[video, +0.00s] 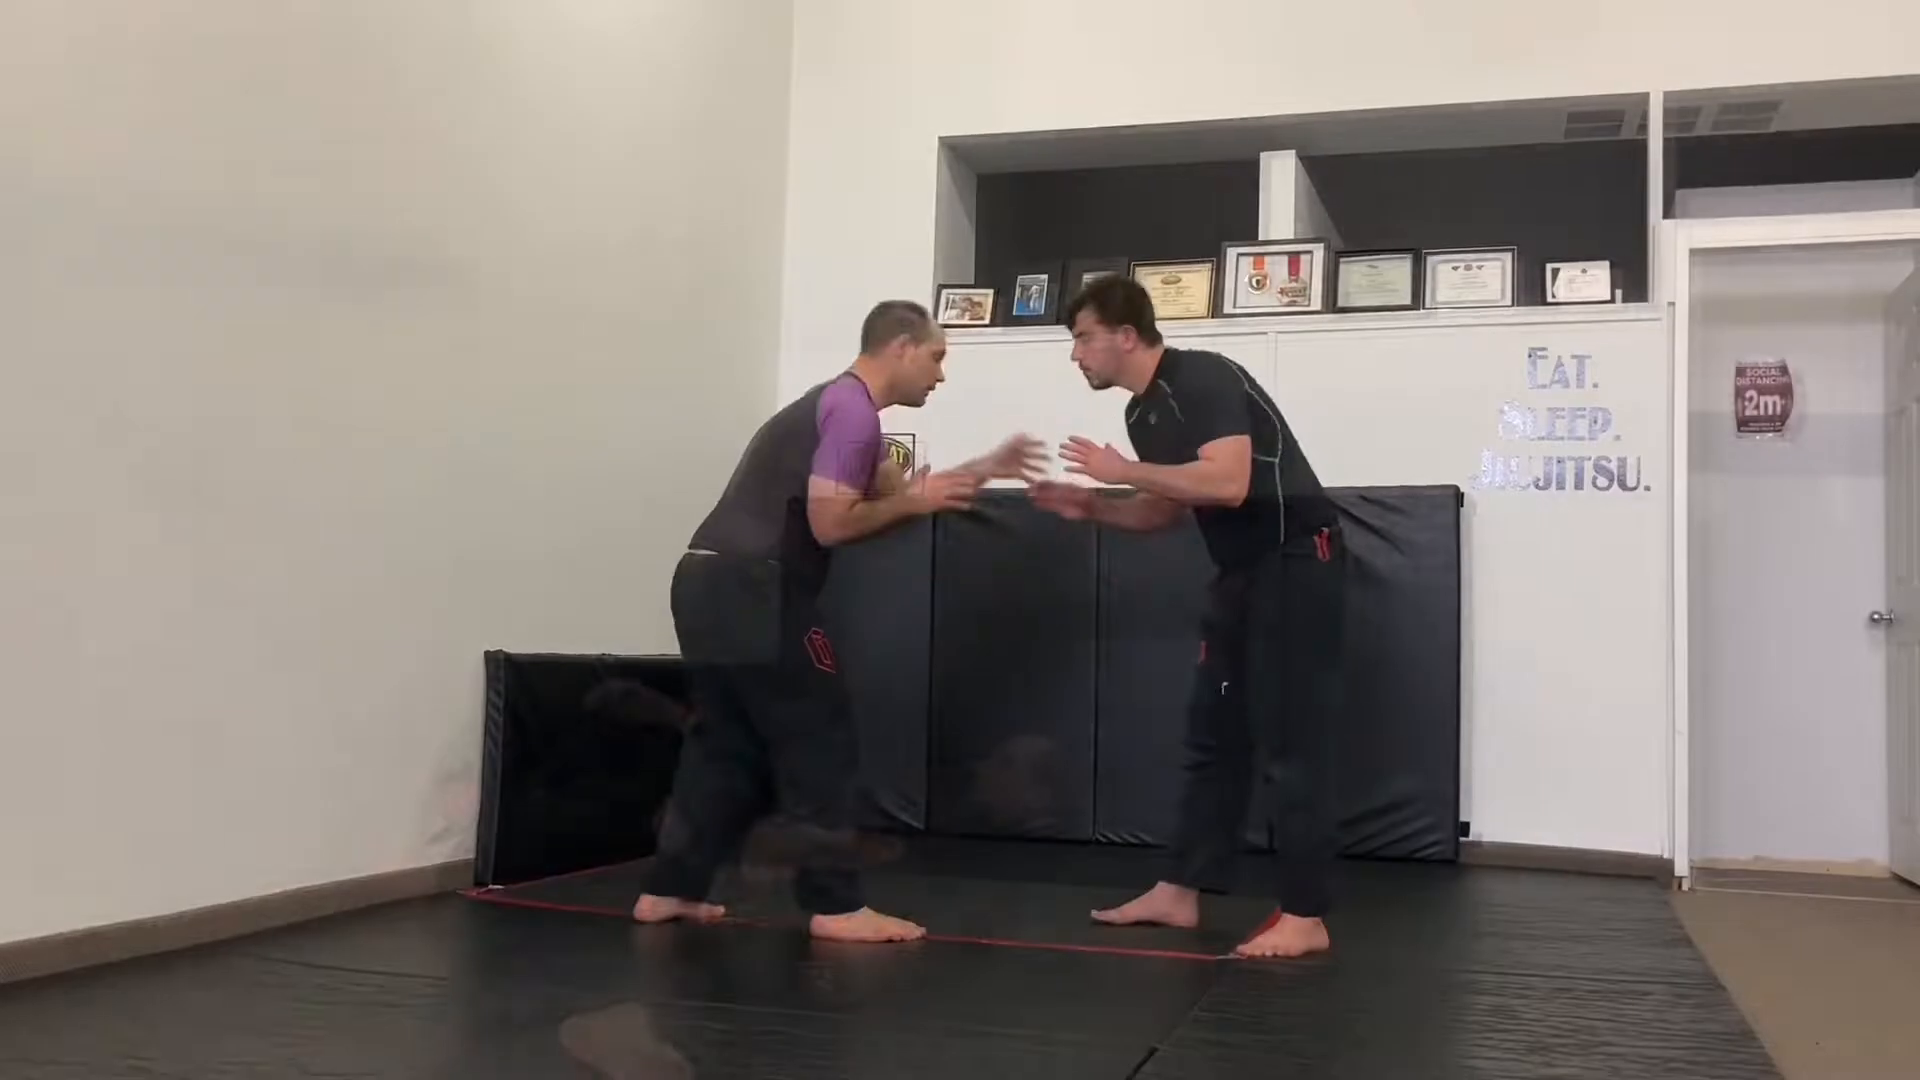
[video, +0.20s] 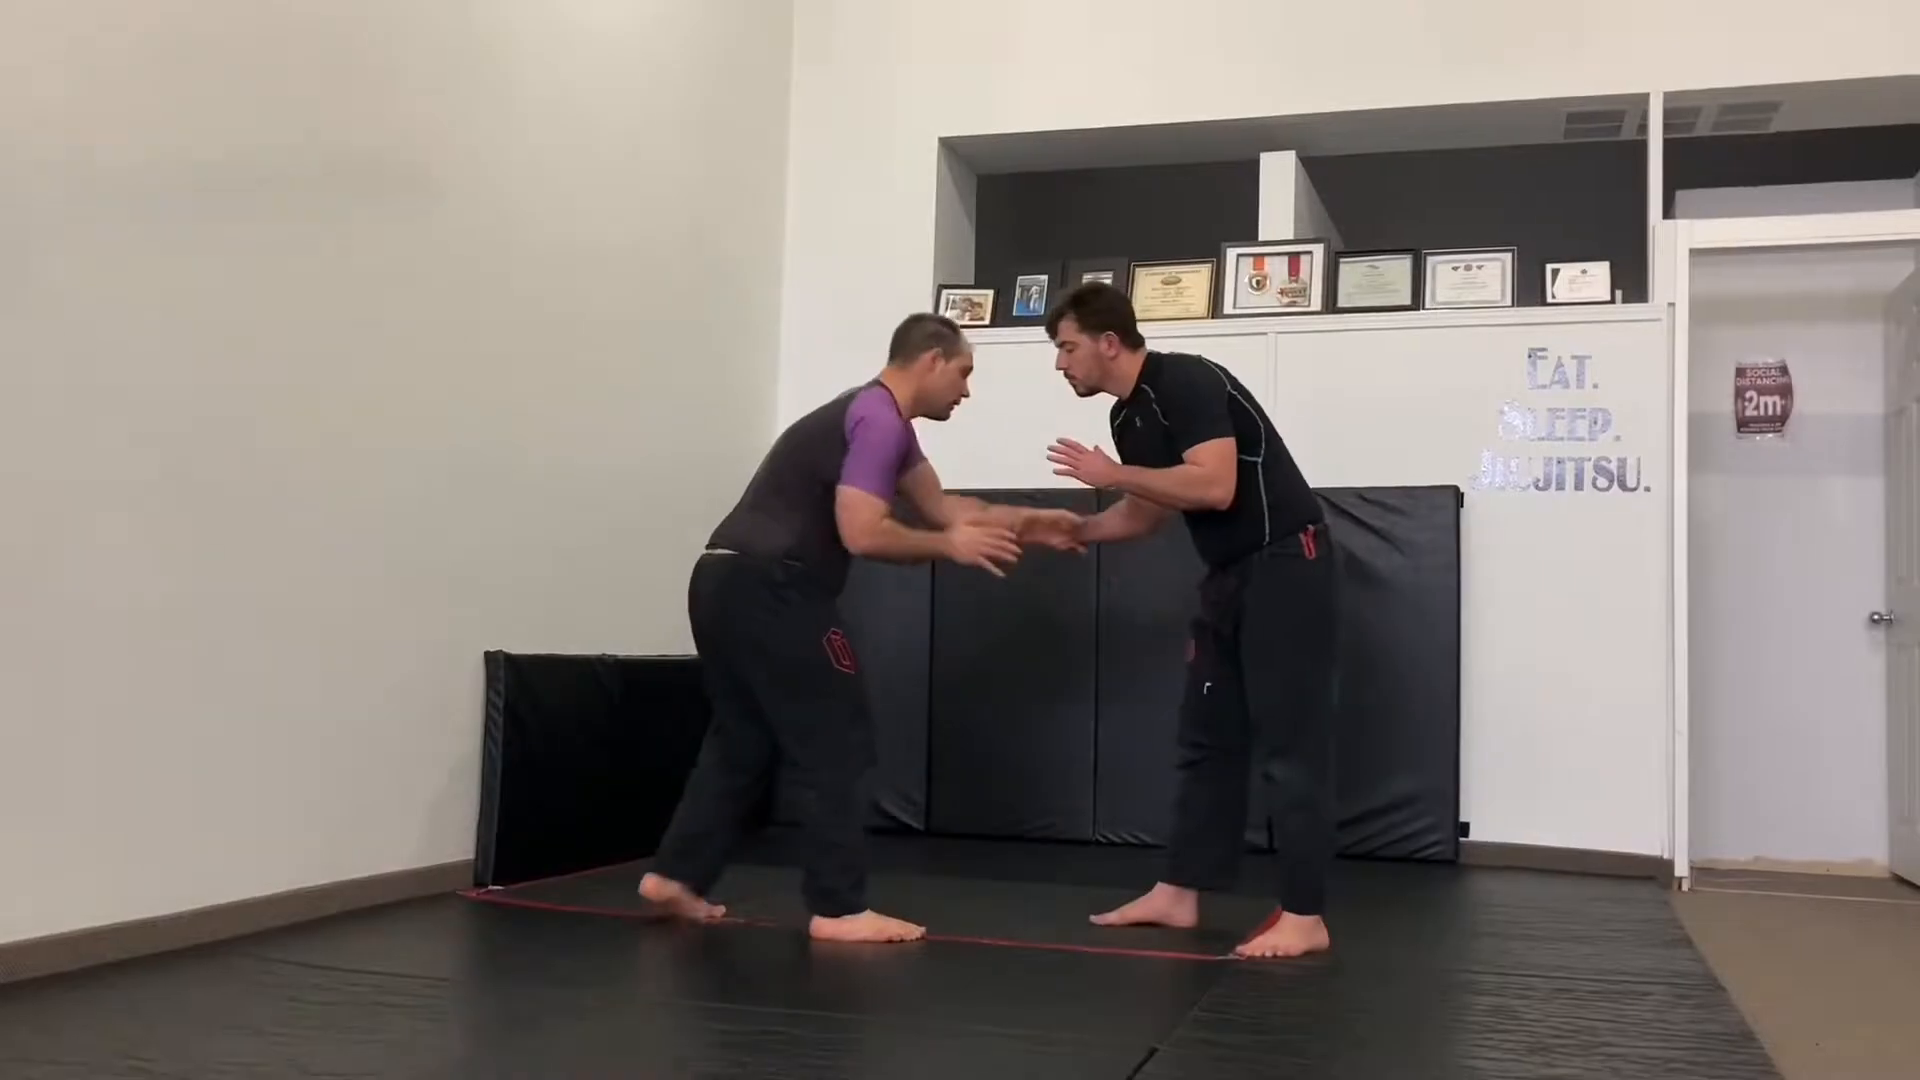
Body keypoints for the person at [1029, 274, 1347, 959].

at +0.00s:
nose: (1077, 354)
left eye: (1084, 339)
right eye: (1075, 341)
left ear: (1128, 334)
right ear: (1117, 339)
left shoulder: (1204, 377)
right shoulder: (1144, 416)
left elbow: (1230, 480)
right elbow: (1166, 509)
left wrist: (1129, 471)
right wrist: (1089, 506)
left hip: (1299, 560)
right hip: (1242, 572)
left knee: (1288, 735)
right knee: (1216, 731)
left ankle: (1305, 913)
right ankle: (1181, 890)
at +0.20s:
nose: (1060, 363)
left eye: (1067, 348)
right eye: (1057, 350)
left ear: (1110, 343)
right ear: (1103, 347)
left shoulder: (1189, 380)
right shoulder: (1129, 417)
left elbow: (1216, 484)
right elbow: (1149, 510)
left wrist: (1116, 475)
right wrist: (1081, 530)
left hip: (1289, 563)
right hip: (1231, 573)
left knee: (1288, 739)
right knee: (1210, 734)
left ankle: (1305, 915)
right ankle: (1179, 892)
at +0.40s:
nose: (1061, 362)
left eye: (1068, 347)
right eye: (1058, 348)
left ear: (1111, 341)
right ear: (1103, 346)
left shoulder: (1188, 378)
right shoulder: (1124, 418)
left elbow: (1205, 483)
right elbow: (1123, 511)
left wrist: (1106, 466)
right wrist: (1039, 556)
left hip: (1288, 561)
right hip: (1228, 571)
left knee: (1286, 738)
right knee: (1201, 732)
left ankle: (1305, 914)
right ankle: (1178, 892)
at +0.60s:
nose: (1070, 357)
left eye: (1078, 342)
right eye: (1068, 343)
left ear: (1121, 336)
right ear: (1111, 341)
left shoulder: (1201, 374)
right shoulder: (1120, 418)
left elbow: (1229, 473)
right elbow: (1076, 511)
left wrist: (1130, 466)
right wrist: (1010, 569)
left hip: (1291, 562)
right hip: (1227, 572)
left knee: (1286, 740)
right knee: (1199, 730)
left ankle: (1302, 915)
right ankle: (1178, 892)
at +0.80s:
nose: (1083, 360)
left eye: (1089, 345)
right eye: (1079, 347)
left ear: (1131, 335)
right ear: (1120, 341)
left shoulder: (1210, 370)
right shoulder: (1128, 416)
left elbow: (1265, 462)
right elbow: (1073, 508)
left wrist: (1163, 483)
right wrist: (1006, 564)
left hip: (1292, 564)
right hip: (1229, 574)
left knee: (1287, 742)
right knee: (1199, 732)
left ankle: (1303, 916)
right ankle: (1177, 893)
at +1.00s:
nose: (1092, 354)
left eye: (1099, 339)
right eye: (1089, 341)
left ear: (1141, 331)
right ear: (1133, 337)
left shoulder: (1223, 370)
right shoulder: (1130, 415)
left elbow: (1286, 453)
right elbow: (1062, 489)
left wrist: (1188, 495)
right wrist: (975, 543)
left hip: (1297, 566)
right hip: (1232, 574)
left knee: (1287, 743)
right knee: (1199, 734)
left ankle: (1304, 916)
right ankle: (1177, 895)